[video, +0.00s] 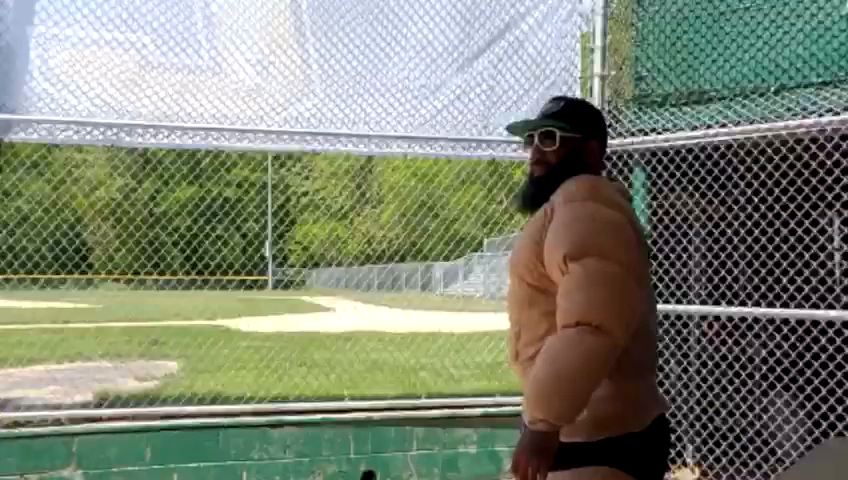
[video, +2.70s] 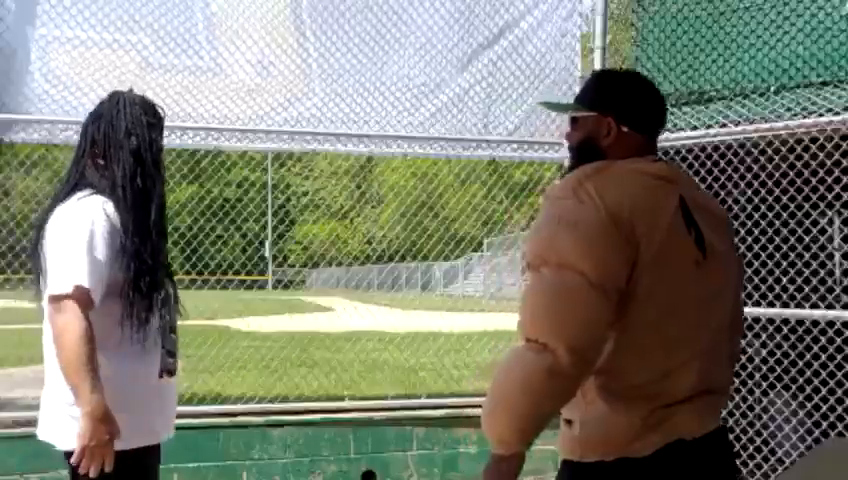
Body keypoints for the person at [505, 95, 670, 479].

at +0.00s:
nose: (534, 151)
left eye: (550, 138)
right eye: (531, 140)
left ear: (589, 149)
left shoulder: (585, 202)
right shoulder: (570, 202)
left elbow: (593, 322)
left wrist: (542, 424)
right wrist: (543, 421)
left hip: (602, 439)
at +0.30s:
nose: (532, 152)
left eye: (548, 139)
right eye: (530, 141)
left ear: (588, 151)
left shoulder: (583, 203)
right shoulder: (574, 202)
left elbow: (590, 321)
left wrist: (539, 420)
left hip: (600, 438)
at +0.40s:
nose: (532, 153)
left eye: (546, 140)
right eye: (530, 142)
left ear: (588, 151)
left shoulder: (584, 202)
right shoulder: (576, 202)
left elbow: (592, 320)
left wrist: (544, 423)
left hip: (603, 437)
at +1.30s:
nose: (520, 148)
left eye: (534, 135)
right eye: (523, 136)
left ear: (574, 145)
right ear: (575, 148)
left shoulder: (565, 205)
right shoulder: (601, 199)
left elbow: (559, 331)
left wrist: (491, 426)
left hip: (593, 450)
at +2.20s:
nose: (525, 136)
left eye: (534, 124)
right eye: (528, 124)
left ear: (568, 130)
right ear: (607, 136)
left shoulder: (553, 201)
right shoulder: (650, 199)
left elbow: (534, 347)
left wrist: (483, 457)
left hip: (588, 454)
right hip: (672, 438)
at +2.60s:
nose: (562, 135)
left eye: (571, 122)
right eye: (564, 122)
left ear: (605, 128)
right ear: (640, 133)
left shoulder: (586, 198)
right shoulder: (692, 199)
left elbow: (551, 342)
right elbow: (719, 324)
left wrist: (500, 445)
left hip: (612, 453)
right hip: (700, 440)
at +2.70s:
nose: (567, 135)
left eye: (576, 122)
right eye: (570, 122)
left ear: (610, 127)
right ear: (646, 133)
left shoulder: (591, 197)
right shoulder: (700, 201)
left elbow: (556, 343)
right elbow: (727, 329)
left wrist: (507, 446)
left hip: (615, 455)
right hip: (705, 444)